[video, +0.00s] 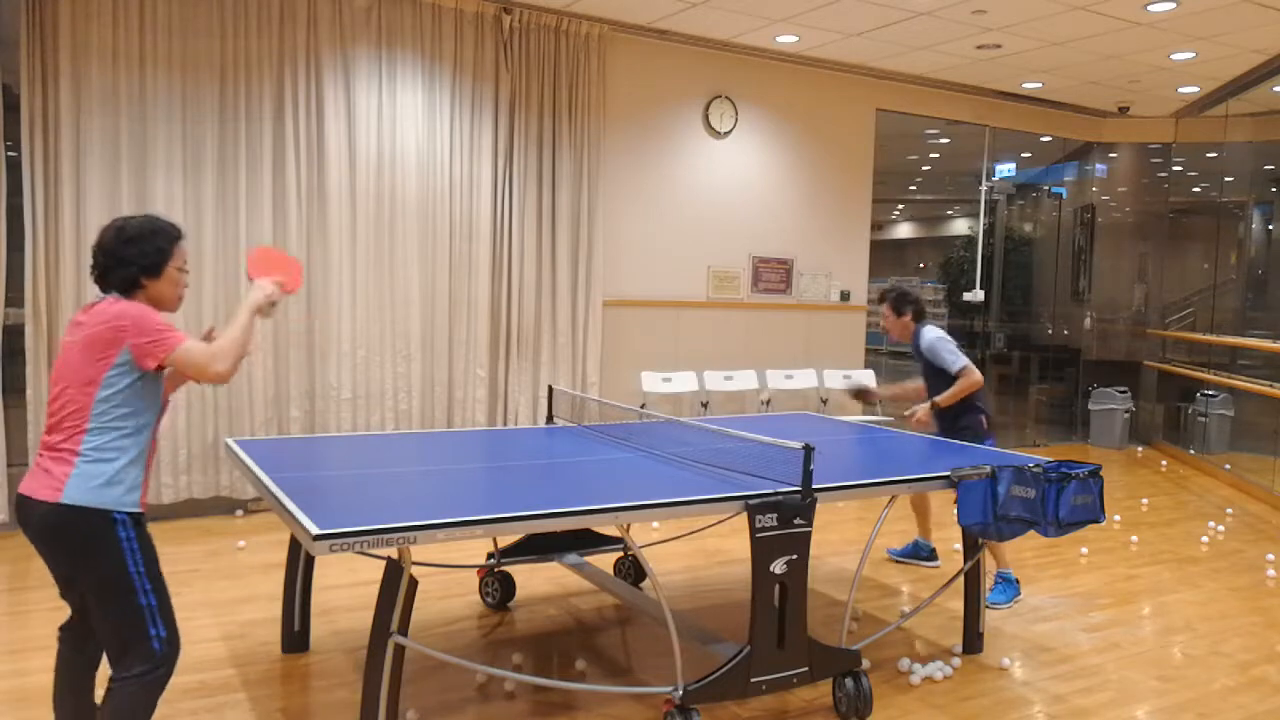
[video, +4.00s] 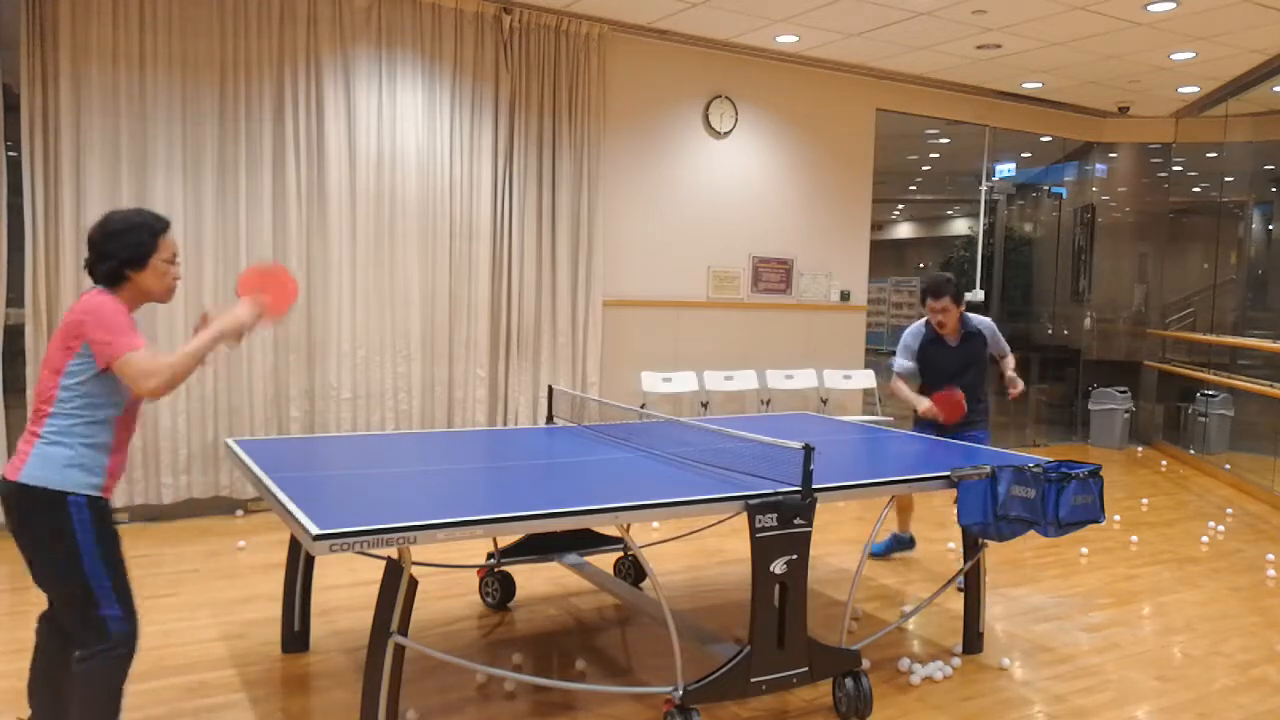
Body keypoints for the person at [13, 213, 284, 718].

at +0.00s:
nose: (186, 281)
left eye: (185, 270)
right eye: (179, 270)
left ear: (133, 272)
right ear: (144, 273)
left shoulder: (92, 317)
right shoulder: (129, 319)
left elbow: (131, 406)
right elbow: (218, 364)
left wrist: (189, 360)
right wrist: (253, 303)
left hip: (45, 500)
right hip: (95, 508)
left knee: (87, 626)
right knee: (151, 651)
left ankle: (75, 711)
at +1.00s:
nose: (192, 278)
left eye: (191, 268)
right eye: (182, 269)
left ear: (150, 278)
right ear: (145, 277)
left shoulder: (140, 327)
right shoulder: (114, 325)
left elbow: (135, 400)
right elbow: (104, 417)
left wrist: (179, 380)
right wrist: (195, 421)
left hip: (116, 491)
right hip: (82, 493)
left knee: (151, 580)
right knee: (124, 621)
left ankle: (122, 681)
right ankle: (86, 712)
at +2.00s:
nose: (210, 268)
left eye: (209, 259)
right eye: (201, 260)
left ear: (172, 267)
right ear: (167, 266)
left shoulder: (166, 310)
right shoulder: (148, 303)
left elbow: (157, 390)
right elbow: (217, 342)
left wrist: (211, 380)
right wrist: (248, 283)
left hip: (149, 467)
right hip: (126, 468)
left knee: (169, 565)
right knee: (131, 595)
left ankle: (137, 669)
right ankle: (101, 711)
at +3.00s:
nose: (196, 275)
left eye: (194, 266)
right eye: (187, 268)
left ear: (155, 278)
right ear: (155, 277)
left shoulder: (139, 321)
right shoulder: (134, 315)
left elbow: (148, 399)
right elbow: (207, 355)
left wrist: (199, 376)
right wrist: (244, 298)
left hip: (116, 482)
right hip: (110, 485)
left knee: (146, 590)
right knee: (161, 610)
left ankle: (133, 675)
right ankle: (126, 709)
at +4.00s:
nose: (177, 270)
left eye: (176, 259)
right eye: (168, 261)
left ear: (129, 267)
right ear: (132, 266)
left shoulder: (109, 313)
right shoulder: (100, 310)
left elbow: (145, 382)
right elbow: (150, 380)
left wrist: (195, 343)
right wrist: (218, 331)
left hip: (48, 488)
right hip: (60, 492)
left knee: (70, 618)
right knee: (111, 634)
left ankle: (49, 711)